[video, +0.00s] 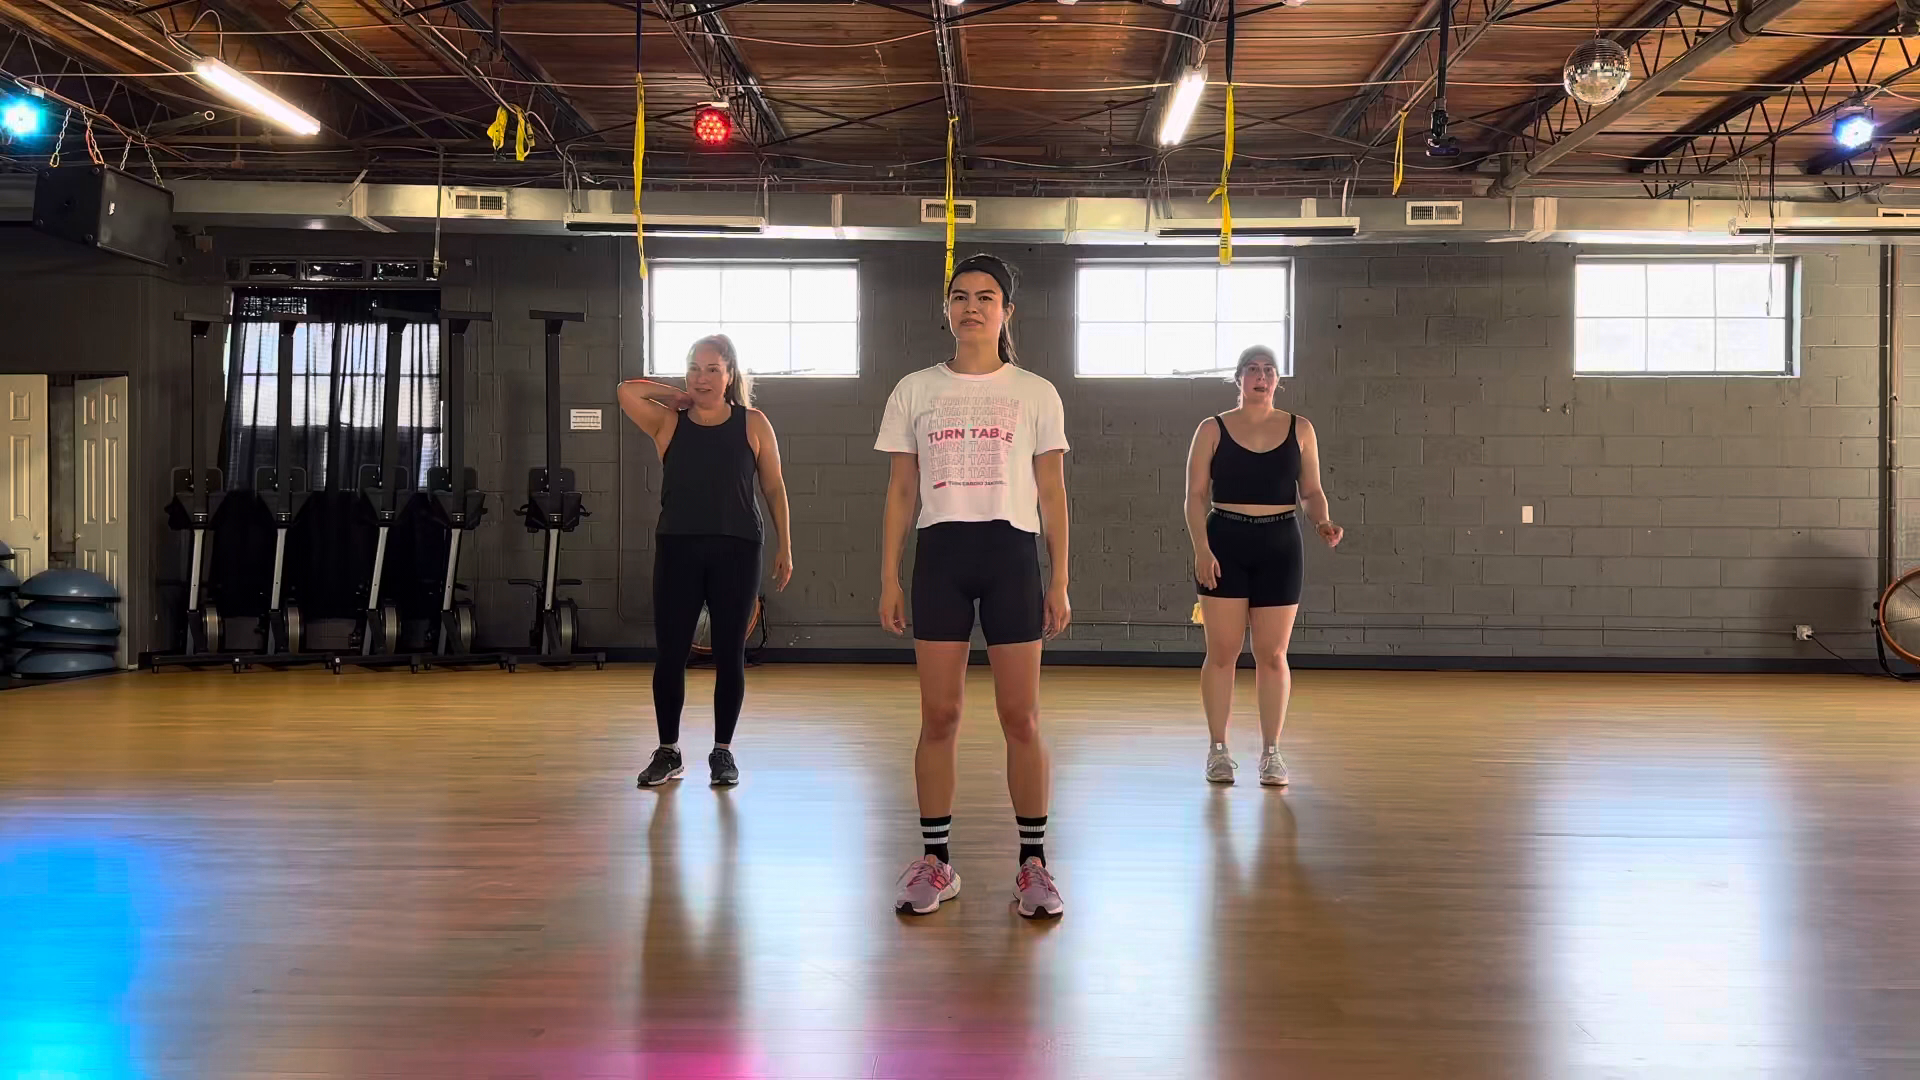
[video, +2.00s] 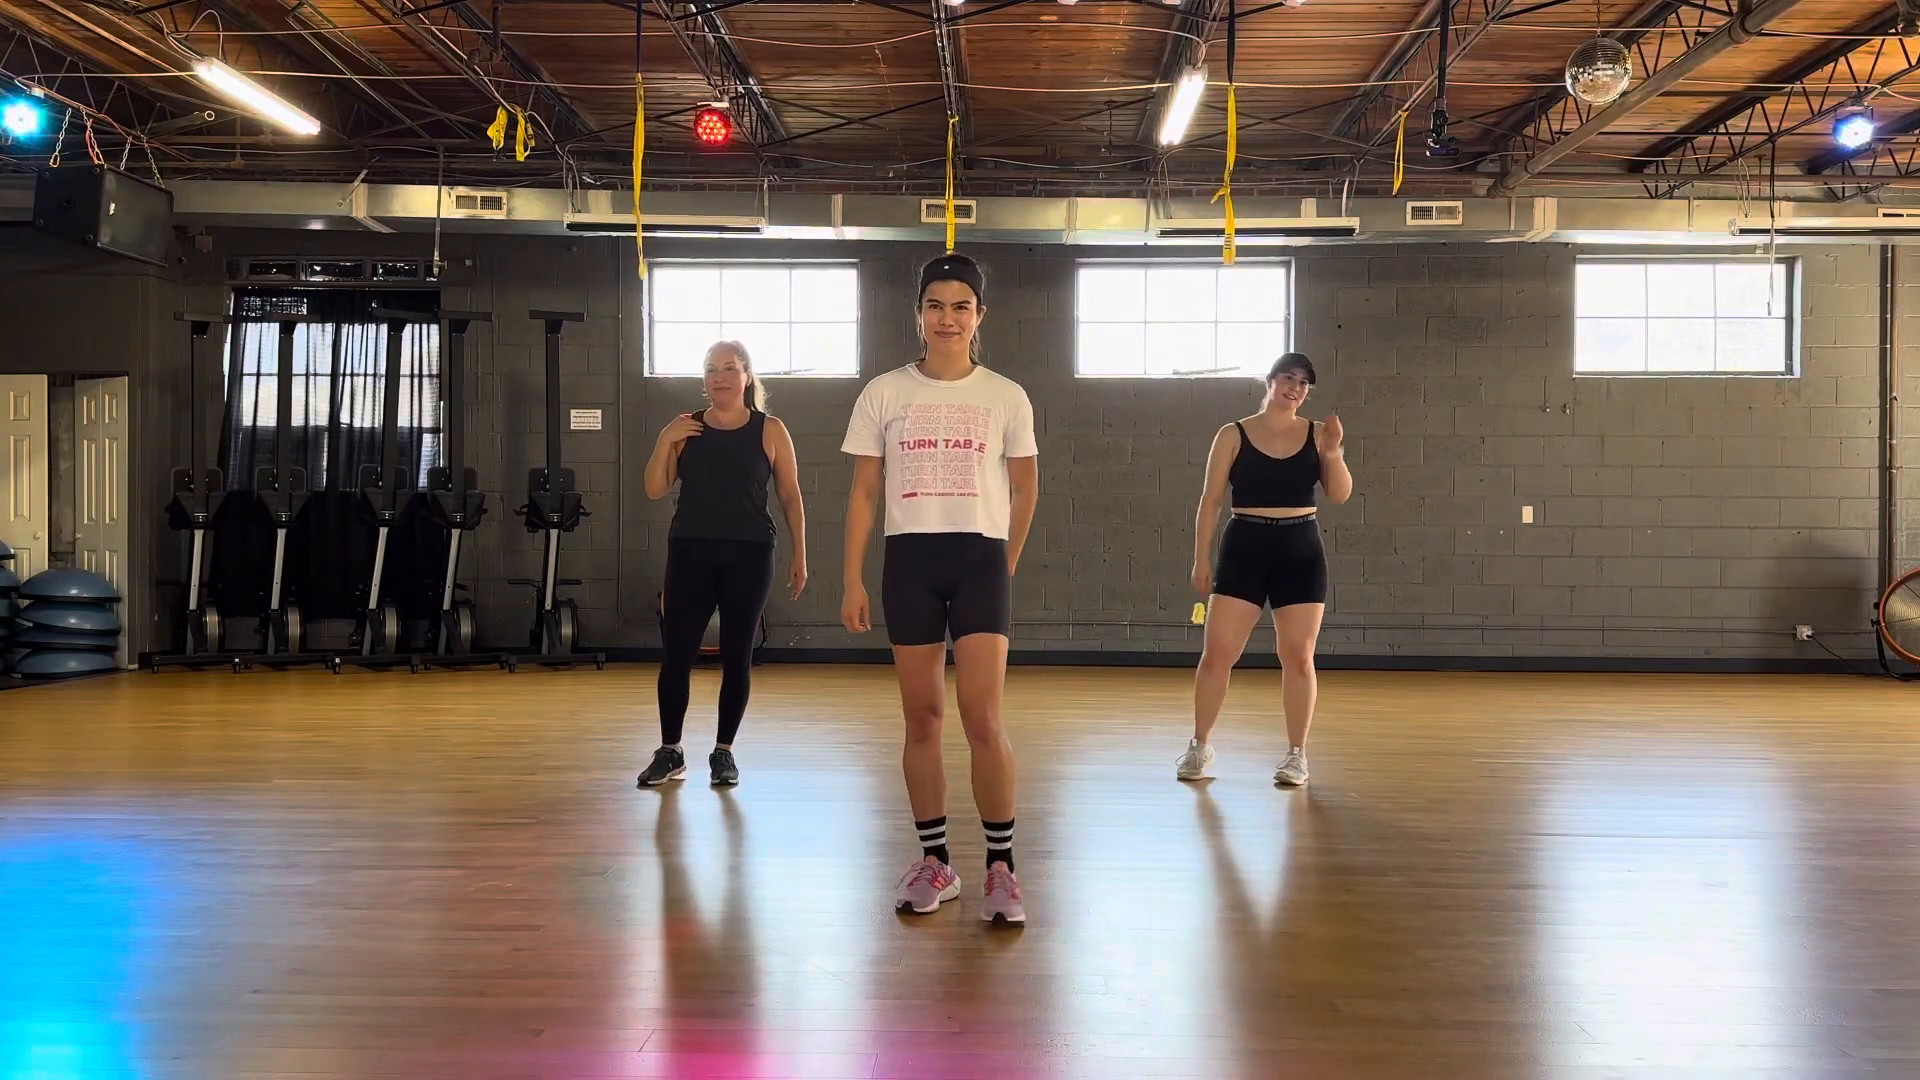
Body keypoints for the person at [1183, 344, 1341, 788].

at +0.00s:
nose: (1261, 377)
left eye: (1268, 371)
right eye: (1252, 370)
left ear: (1277, 380)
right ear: (1238, 379)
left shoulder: (1299, 429)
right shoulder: (1212, 430)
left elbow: (1311, 492)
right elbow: (1195, 496)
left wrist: (1322, 521)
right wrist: (1201, 548)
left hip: (1279, 549)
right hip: (1224, 547)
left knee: (1273, 655)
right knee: (1222, 653)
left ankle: (1272, 752)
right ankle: (1218, 749)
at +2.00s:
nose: (1292, 386)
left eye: (1300, 381)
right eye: (1285, 377)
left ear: (1307, 391)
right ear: (1269, 382)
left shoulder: (1317, 435)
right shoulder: (1233, 434)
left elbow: (1340, 494)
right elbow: (1210, 500)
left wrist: (1332, 452)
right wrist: (1202, 557)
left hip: (1300, 553)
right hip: (1244, 551)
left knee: (1299, 658)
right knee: (1215, 656)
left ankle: (1297, 756)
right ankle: (1199, 747)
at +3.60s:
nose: (1264, 364)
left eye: (1272, 358)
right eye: (1255, 357)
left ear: (1282, 368)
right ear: (1239, 366)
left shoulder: (1308, 416)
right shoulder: (1210, 427)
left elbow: (1338, 482)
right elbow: (1192, 497)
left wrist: (1339, 543)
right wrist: (1171, 560)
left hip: (1291, 546)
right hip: (1229, 548)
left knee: (1271, 651)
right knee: (1242, 669)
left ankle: (1272, 767)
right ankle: (1258, 767)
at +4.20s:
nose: (1276, 344)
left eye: (1286, 337)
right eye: (1265, 336)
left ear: (1298, 354)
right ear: (1246, 351)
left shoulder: (1319, 427)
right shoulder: (1212, 413)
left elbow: (1336, 508)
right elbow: (1177, 490)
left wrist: (1389, 545)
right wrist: (1130, 538)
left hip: (1297, 562)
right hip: (1226, 557)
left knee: (1273, 694)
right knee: (1230, 694)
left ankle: (1251, 812)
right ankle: (1209, 768)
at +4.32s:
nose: (1275, 342)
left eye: (1285, 336)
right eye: (1265, 334)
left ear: (1298, 353)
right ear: (1247, 349)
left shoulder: (1317, 420)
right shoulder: (1210, 408)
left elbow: (1364, 476)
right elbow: (1154, 465)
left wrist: (1406, 417)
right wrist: (1094, 416)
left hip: (1298, 548)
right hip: (1227, 546)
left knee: (1278, 691)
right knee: (1267, 653)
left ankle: (1251, 811)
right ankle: (1224, 746)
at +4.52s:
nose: (1265, 335)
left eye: (1275, 328)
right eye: (1255, 327)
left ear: (1288, 341)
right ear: (1237, 339)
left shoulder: (1314, 392)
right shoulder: (1211, 392)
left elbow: (1402, 391)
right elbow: (1130, 381)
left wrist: (1343, 368)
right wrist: (1173, 385)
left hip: (1304, 543)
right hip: (1232, 544)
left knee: (1277, 681)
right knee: (1286, 639)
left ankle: (1253, 809)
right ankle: (1295, 787)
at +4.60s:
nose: (1263, 338)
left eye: (1273, 330)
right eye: (1252, 330)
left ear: (1287, 339)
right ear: (1236, 339)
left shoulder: (1312, 373)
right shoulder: (1214, 390)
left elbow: (1398, 384)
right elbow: (1133, 387)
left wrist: (1346, 412)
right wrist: (1188, 425)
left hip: (1311, 539)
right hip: (1242, 541)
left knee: (1281, 689)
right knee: (1283, 683)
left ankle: (1251, 808)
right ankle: (1299, 828)